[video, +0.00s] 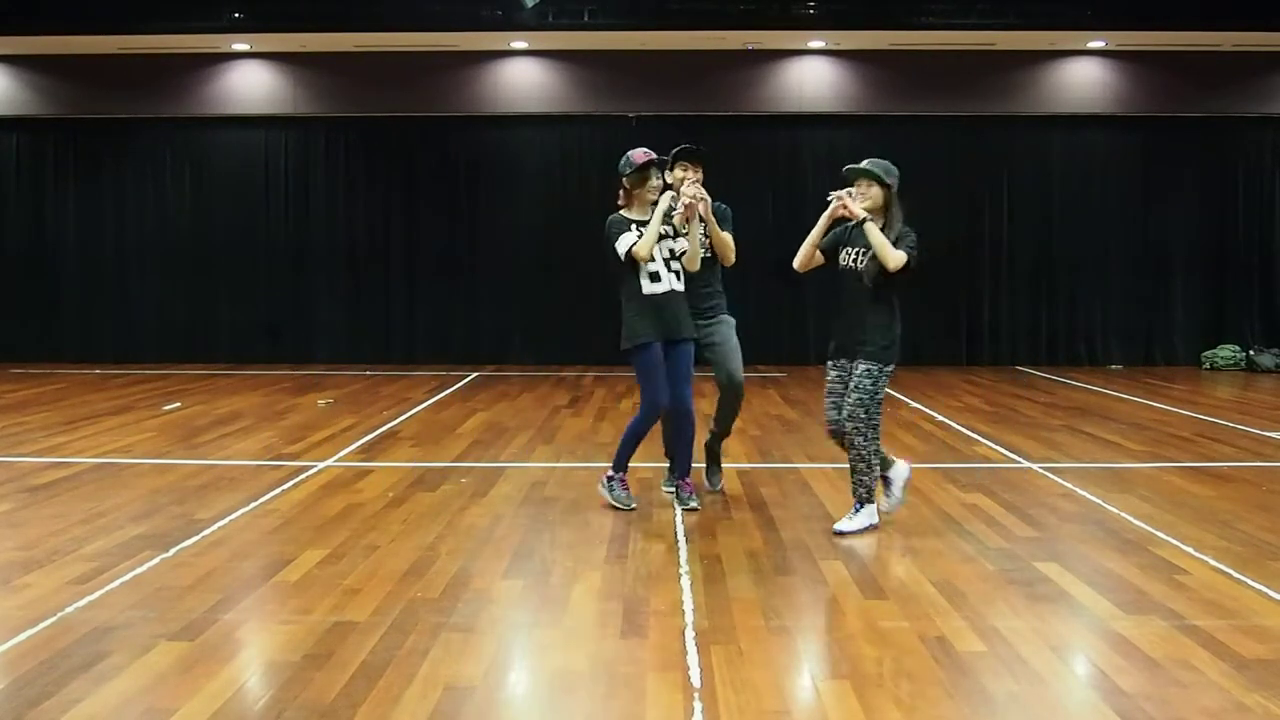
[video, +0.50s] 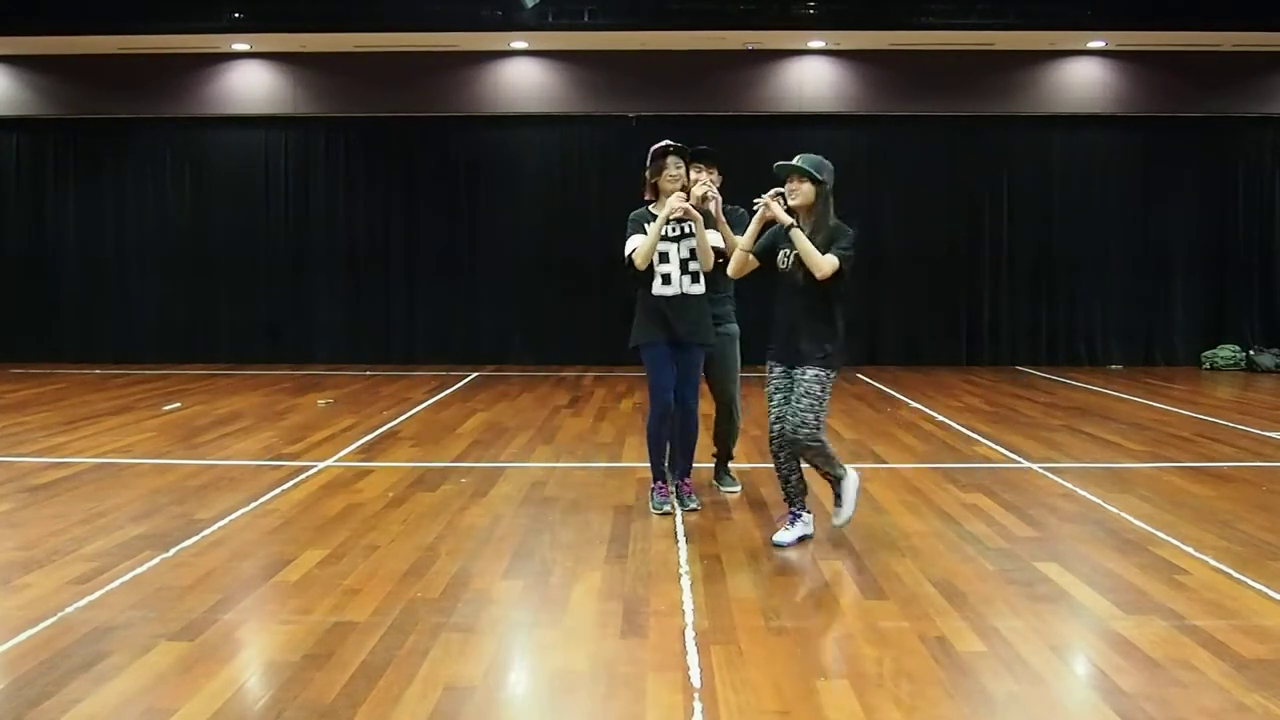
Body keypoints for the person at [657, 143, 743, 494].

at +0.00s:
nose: (691, 176)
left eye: (696, 171)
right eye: (683, 170)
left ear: (704, 177)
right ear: (670, 175)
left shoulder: (718, 211)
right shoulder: (662, 210)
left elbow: (728, 257)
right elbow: (653, 249)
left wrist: (709, 218)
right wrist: (678, 208)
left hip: (714, 315)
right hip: (675, 316)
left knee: (734, 380)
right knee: (673, 392)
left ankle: (715, 446)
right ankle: (676, 463)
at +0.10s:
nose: (688, 180)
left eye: (693, 174)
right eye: (682, 175)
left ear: (702, 179)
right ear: (669, 180)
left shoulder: (714, 212)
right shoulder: (661, 215)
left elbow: (729, 263)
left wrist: (714, 223)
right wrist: (681, 208)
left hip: (711, 304)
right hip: (671, 308)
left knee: (747, 351)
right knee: (674, 387)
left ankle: (723, 419)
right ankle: (675, 462)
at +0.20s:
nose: (690, 176)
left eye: (695, 170)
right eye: (684, 170)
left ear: (704, 174)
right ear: (673, 174)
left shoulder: (713, 205)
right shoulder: (663, 209)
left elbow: (732, 258)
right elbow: (657, 244)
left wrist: (718, 218)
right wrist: (683, 204)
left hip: (712, 301)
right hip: (672, 304)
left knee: (752, 348)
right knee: (678, 385)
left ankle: (729, 418)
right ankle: (675, 462)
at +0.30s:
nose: (693, 173)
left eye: (698, 167)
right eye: (687, 167)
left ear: (708, 172)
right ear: (675, 171)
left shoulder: (720, 206)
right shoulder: (665, 209)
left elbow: (735, 253)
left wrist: (719, 211)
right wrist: (686, 199)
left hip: (715, 306)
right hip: (675, 308)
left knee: (747, 369)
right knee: (679, 389)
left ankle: (729, 437)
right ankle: (674, 461)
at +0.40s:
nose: (700, 175)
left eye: (705, 169)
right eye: (692, 168)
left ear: (715, 174)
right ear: (680, 174)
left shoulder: (729, 212)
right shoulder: (672, 214)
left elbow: (740, 252)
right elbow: (662, 247)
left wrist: (719, 213)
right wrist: (685, 201)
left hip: (719, 316)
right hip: (680, 315)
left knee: (736, 397)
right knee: (680, 398)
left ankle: (726, 462)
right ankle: (676, 466)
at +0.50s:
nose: (703, 178)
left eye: (709, 173)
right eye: (696, 172)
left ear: (719, 179)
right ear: (685, 178)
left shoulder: (733, 215)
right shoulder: (678, 214)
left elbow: (739, 255)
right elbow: (670, 249)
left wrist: (718, 217)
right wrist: (689, 206)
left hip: (722, 318)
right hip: (684, 318)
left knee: (729, 398)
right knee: (681, 398)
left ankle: (723, 465)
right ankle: (679, 468)